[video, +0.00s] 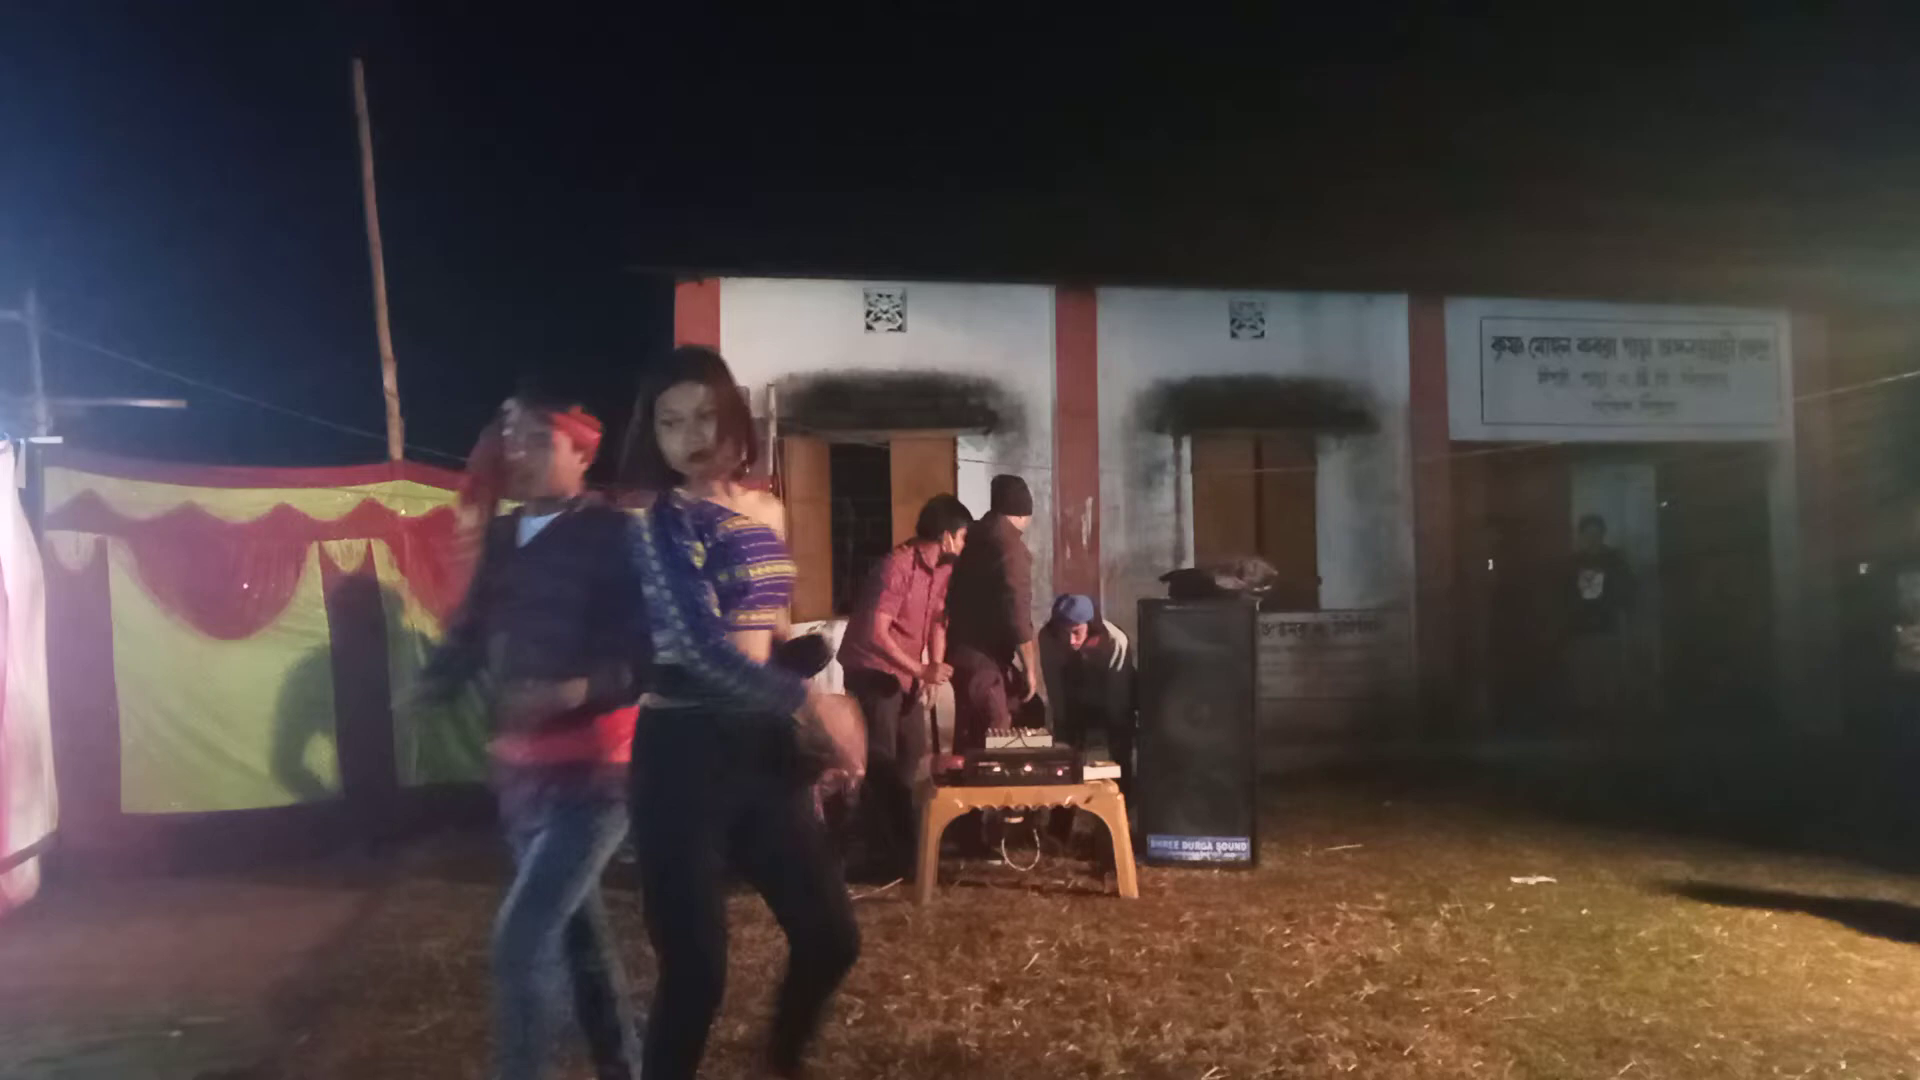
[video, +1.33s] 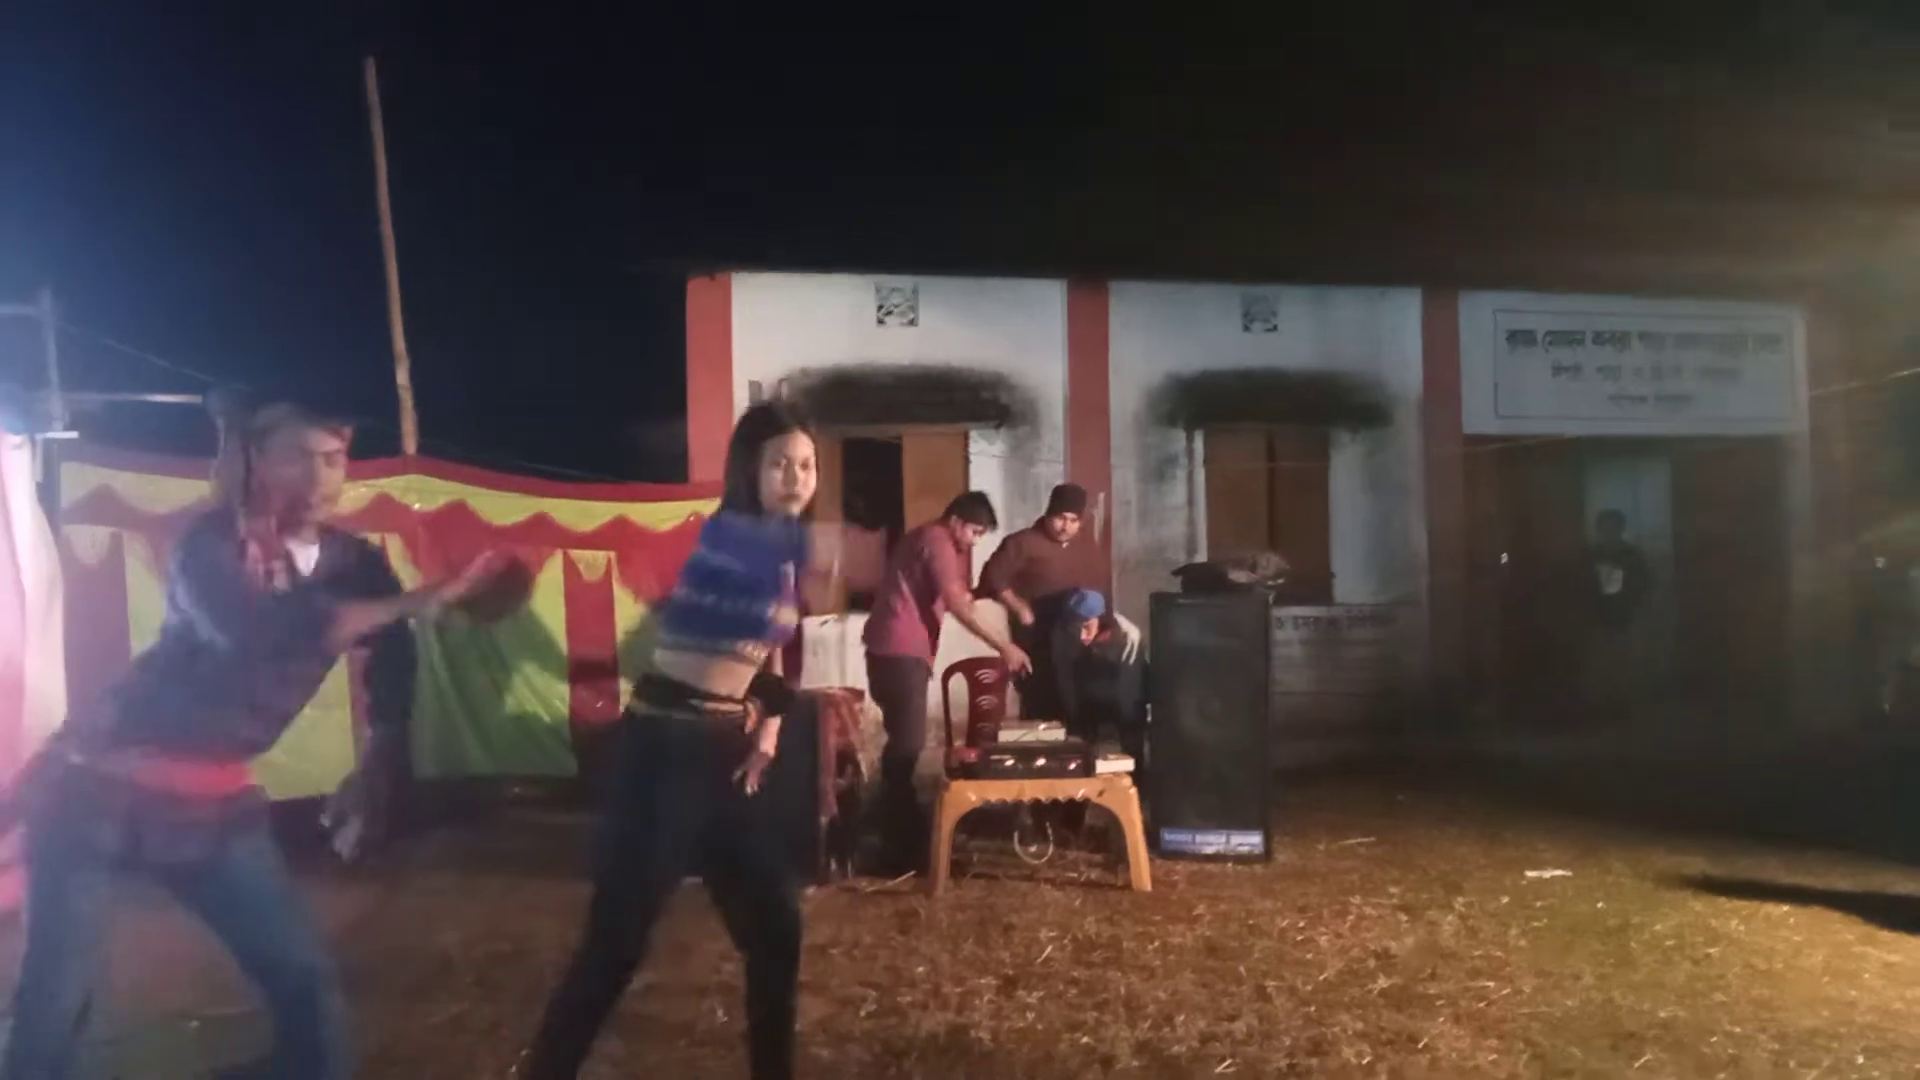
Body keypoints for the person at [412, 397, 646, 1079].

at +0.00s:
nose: (514, 452)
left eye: (532, 440)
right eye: (510, 438)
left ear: (576, 451)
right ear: (501, 450)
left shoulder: (614, 533)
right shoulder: (501, 536)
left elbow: (641, 659)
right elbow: (471, 633)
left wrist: (573, 690)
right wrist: (431, 682)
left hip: (596, 773)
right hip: (520, 773)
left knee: (520, 944)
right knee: (583, 948)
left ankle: (522, 1068)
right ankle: (622, 1065)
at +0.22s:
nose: (483, 494)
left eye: (502, 479)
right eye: (474, 477)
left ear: (542, 488)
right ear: (458, 481)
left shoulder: (571, 582)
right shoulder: (443, 577)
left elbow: (604, 694)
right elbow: (416, 678)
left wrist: (537, 768)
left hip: (531, 805)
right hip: (446, 801)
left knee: (439, 975)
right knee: (508, 974)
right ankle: (611, 1069)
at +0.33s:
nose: (452, 474)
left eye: (471, 459)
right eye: (440, 456)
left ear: (507, 472)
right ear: (421, 469)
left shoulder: (538, 571)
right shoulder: (379, 569)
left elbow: (602, 663)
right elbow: (286, 628)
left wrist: (572, 740)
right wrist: (238, 691)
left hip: (478, 817)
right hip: (382, 814)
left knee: (422, 992)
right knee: (365, 989)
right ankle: (486, 1056)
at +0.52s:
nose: (399, 440)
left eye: (419, 426)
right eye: (391, 422)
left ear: (453, 446)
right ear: (366, 432)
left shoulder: (496, 539)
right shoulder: (317, 523)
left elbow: (572, 622)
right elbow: (233, 574)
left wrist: (578, 708)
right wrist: (183, 623)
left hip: (428, 797)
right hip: (317, 791)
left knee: (399, 983)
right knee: (273, 974)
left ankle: (399, 1071)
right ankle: (257, 1066)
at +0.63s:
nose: (394, 484)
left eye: (408, 468)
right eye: (379, 464)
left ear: (422, 480)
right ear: (338, 470)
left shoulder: (449, 596)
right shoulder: (266, 570)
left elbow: (497, 718)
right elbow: (187, 670)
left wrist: (516, 807)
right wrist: (213, 778)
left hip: (398, 837)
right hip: (283, 830)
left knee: (366, 1034)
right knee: (206, 1012)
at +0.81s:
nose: (375, 462)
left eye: (384, 444)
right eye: (359, 440)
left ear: (388, 455)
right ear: (303, 445)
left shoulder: (383, 563)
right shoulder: (226, 542)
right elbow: (199, 687)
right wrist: (331, 666)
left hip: (304, 809)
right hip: (191, 802)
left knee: (327, 1008)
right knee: (133, 998)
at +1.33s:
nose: (322, 475)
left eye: (333, 459)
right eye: (303, 456)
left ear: (345, 472)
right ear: (256, 463)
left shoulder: (349, 558)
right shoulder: (207, 543)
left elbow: (391, 644)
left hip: (213, 801)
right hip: (98, 793)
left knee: (306, 982)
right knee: (56, 999)